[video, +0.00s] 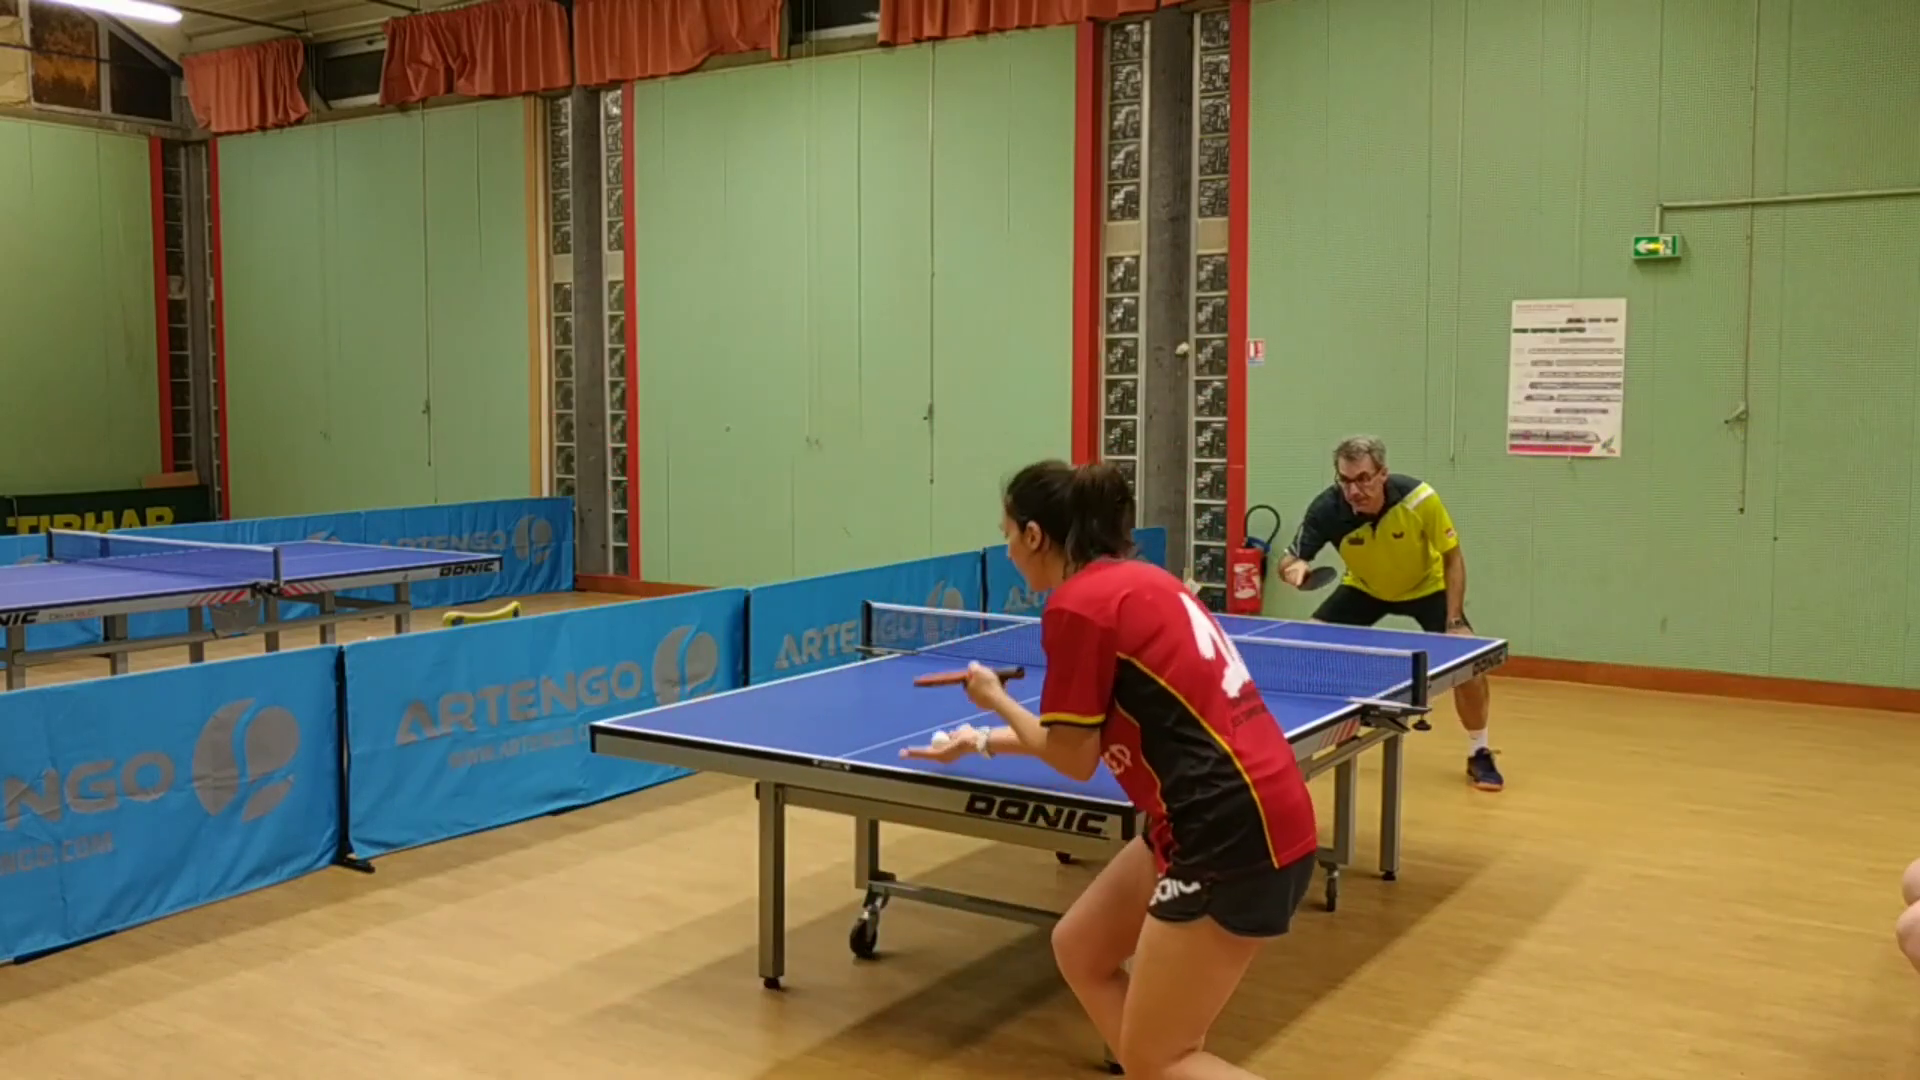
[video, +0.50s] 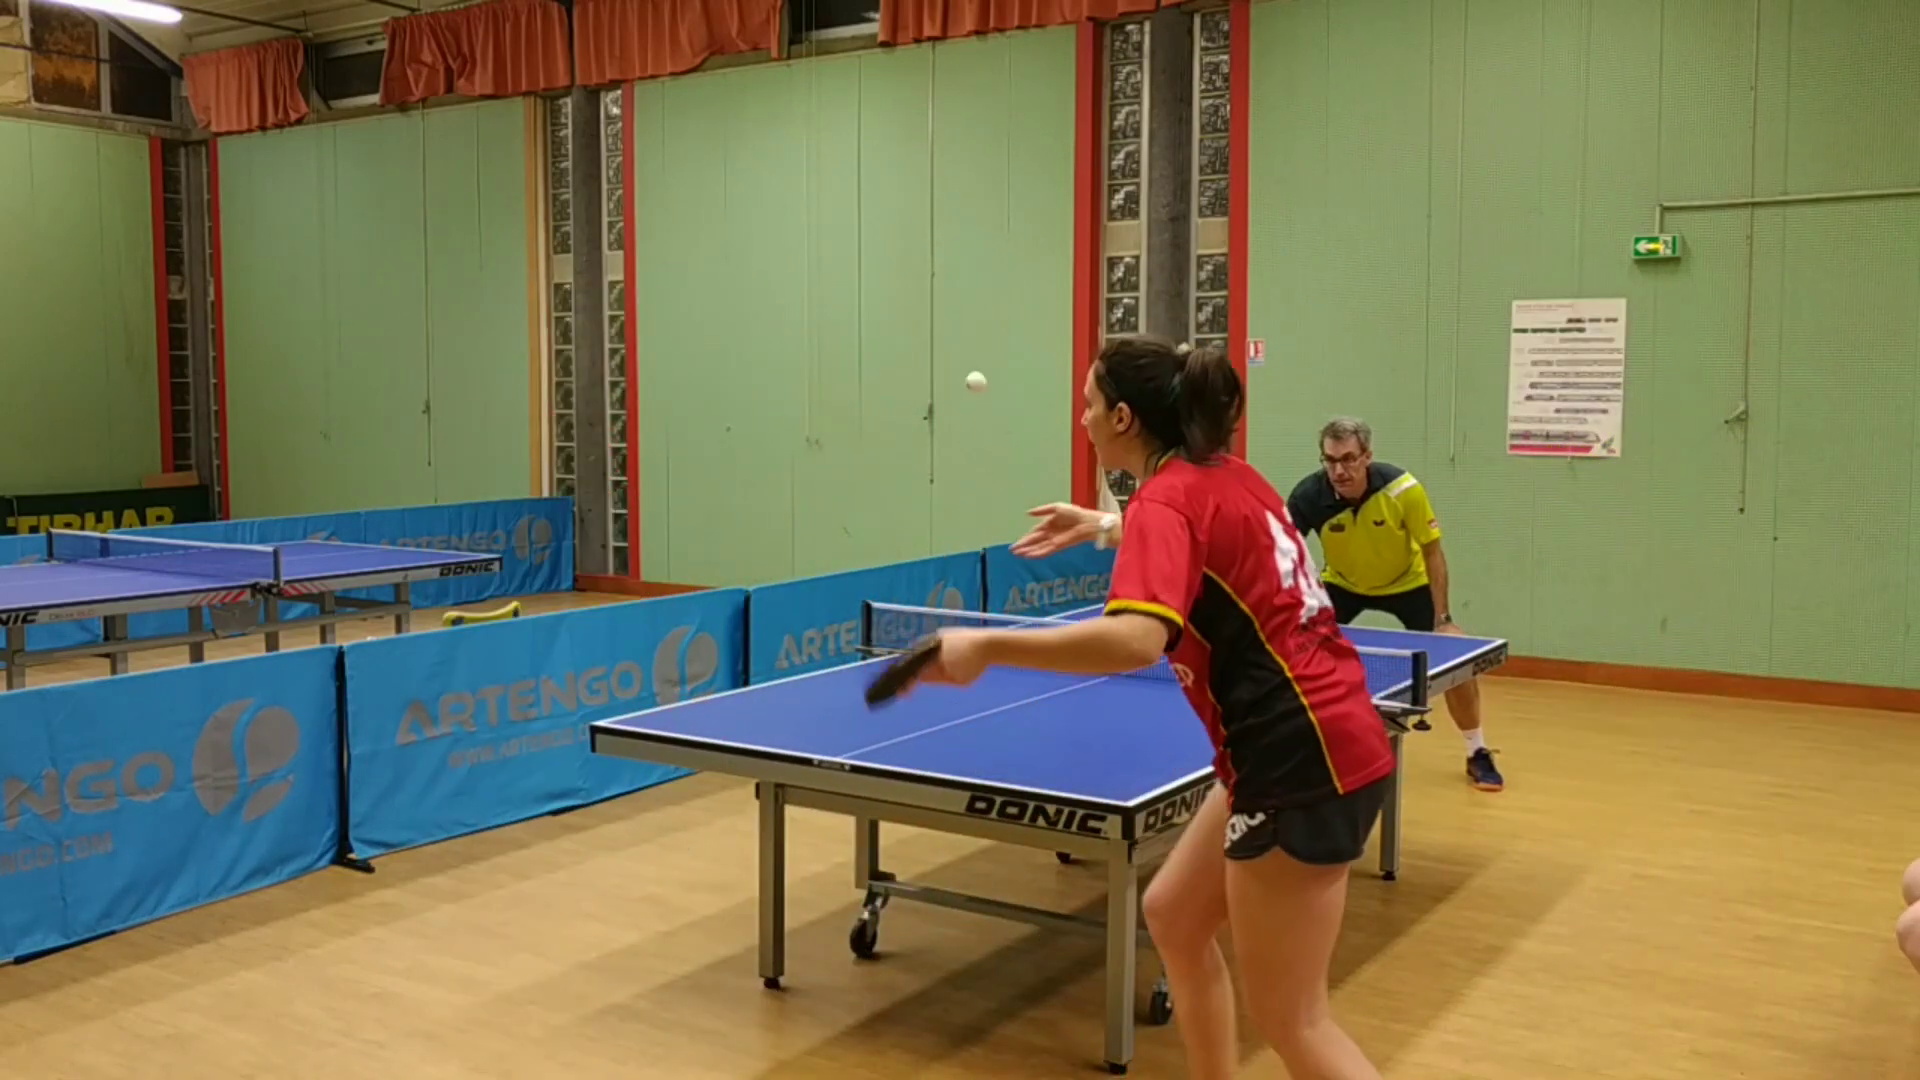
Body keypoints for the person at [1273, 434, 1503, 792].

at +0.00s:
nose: (1354, 490)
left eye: (1363, 479)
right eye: (1346, 481)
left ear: (1383, 472)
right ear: (1338, 477)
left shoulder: (1418, 497)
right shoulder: (1328, 508)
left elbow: (1452, 557)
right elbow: (1290, 559)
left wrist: (1455, 619)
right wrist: (1296, 572)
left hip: (1426, 591)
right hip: (1364, 590)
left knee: (1468, 661)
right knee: (1306, 643)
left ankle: (1480, 754)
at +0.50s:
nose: (1340, 470)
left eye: (1349, 459)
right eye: (1331, 461)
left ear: (1367, 455)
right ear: (1322, 460)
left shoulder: (1401, 487)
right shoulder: (1308, 498)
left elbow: (1432, 552)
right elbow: (1279, 548)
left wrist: (1442, 618)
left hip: (1407, 584)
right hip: (1342, 586)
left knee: (1454, 657)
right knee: (1295, 652)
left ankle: (1478, 753)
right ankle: (1290, 749)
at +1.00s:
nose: (1292, 445)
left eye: (1300, 434)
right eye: (1284, 435)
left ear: (1317, 430)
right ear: (1274, 433)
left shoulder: (1349, 458)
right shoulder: (1258, 469)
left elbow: (1376, 510)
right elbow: (1229, 521)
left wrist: (1389, 571)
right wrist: (1231, 539)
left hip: (1354, 566)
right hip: (1292, 568)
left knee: (1394, 643)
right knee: (1262, 647)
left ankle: (1417, 737)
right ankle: (1257, 747)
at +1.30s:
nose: (1285, 456)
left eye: (1294, 446)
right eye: (1277, 447)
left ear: (1313, 436)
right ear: (1268, 440)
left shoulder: (1346, 461)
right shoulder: (1256, 472)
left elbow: (1377, 512)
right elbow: (1209, 529)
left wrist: (1387, 574)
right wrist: (1240, 519)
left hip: (1346, 573)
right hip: (1285, 568)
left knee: (1388, 651)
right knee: (1239, 625)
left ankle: (1412, 737)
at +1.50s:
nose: (1243, 485)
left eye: (1252, 475)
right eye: (1235, 475)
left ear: (1269, 464)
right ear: (1225, 467)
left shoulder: (1301, 484)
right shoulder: (1211, 495)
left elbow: (1335, 533)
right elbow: (1154, 549)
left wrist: (1360, 588)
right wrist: (1197, 531)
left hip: (1309, 596)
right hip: (1244, 594)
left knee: (1359, 664)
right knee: (1188, 651)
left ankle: (1403, 740)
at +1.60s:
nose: (1224, 488)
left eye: (1233, 477)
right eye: (1216, 479)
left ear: (1251, 466)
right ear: (1205, 470)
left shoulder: (1279, 486)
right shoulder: (1191, 497)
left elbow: (1311, 533)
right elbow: (1141, 535)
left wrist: (1339, 589)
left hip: (1291, 596)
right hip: (1228, 595)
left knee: (1345, 664)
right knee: (1178, 651)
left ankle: (1398, 742)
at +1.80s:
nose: (1213, 472)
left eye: (1221, 461)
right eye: (1205, 462)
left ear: (1239, 452)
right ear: (1195, 456)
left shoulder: (1265, 474)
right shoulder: (1176, 486)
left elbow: (1294, 521)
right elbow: (1121, 514)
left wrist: (1321, 579)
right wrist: (1103, 532)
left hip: (1276, 584)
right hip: (1215, 585)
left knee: (1320, 652)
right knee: (1185, 645)